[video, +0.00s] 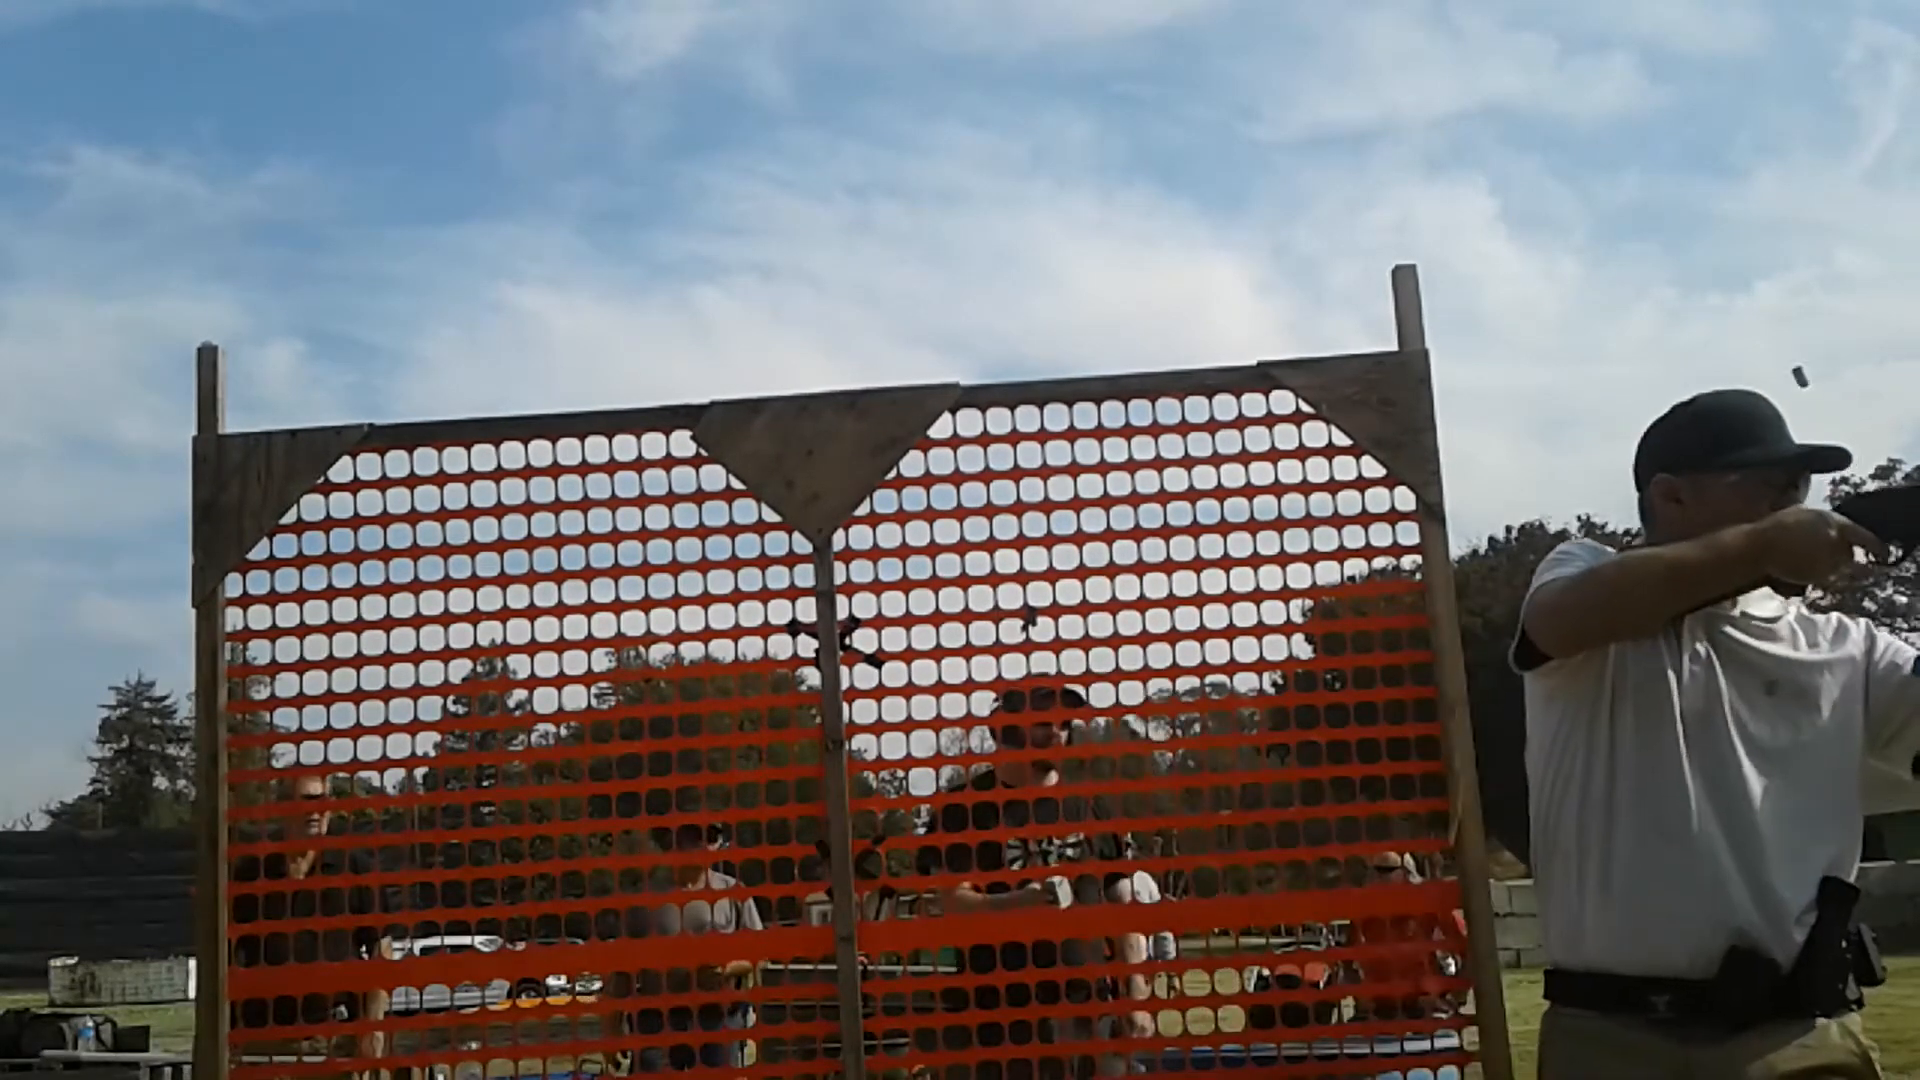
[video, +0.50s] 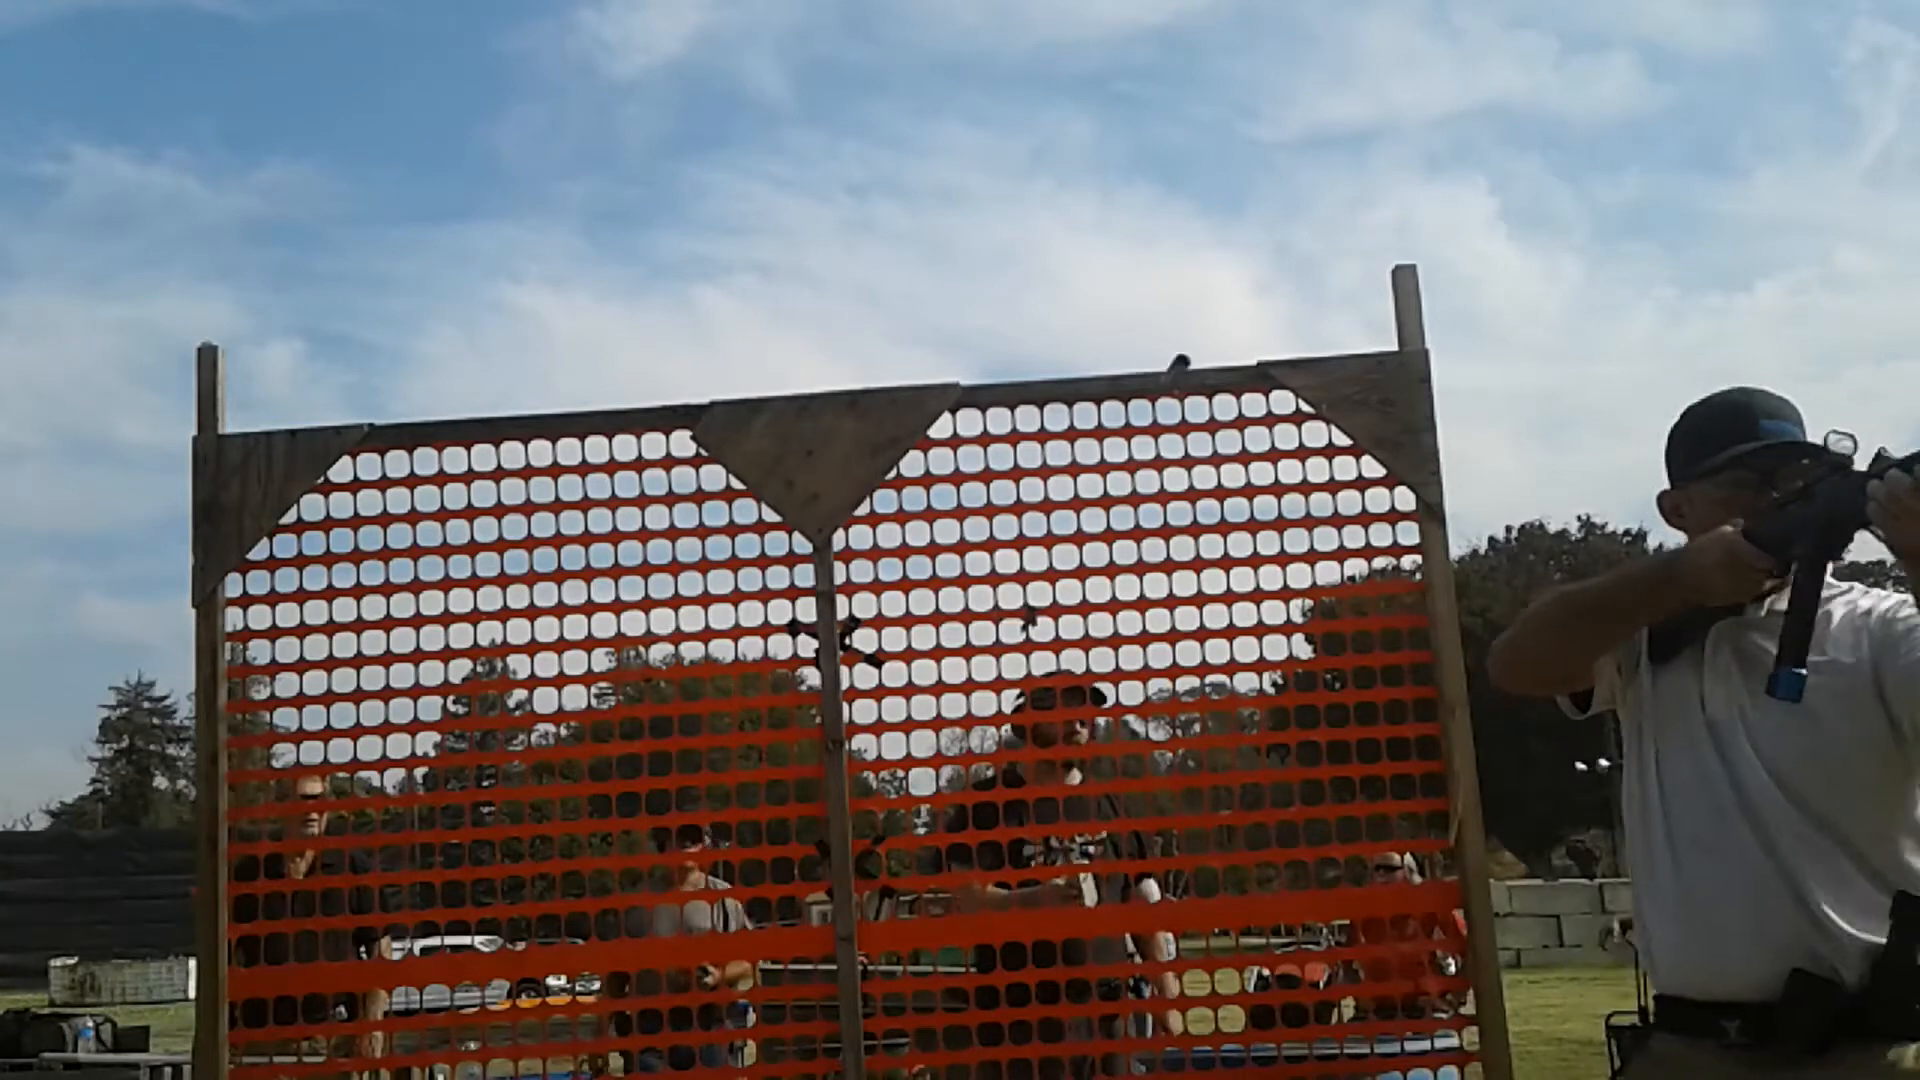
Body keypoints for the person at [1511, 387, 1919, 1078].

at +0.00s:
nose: (1796, 513)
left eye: (1798, 491)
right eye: (1769, 487)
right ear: (1670, 497)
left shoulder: (1841, 644)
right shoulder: (1586, 572)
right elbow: (1558, 621)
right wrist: (1762, 548)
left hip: (1800, 1034)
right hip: (1610, 1038)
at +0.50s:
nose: (1773, 504)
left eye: (1791, 478)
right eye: (1745, 479)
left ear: (1816, 487)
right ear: (1678, 508)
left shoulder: (1879, 625)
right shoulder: (1643, 644)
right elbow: (1513, 665)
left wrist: (1915, 558)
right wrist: (1682, 577)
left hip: (1862, 1043)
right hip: (1684, 1044)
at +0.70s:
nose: (1805, 474)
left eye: (1824, 445)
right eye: (1775, 455)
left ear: (1860, 450)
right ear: (1723, 488)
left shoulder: (1905, 581)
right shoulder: (1722, 604)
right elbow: (1572, 658)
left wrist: (1913, 532)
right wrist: (1722, 558)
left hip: (1906, 1029)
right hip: (1773, 1034)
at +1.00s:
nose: (1850, 449)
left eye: (1868, 415)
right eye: (1816, 429)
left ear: (1899, 416)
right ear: (1759, 457)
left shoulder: (1916, 539)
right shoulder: (1764, 574)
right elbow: (1603, 643)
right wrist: (1770, 527)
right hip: (1821, 1025)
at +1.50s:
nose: (1805, 436)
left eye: (1827, 406)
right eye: (1774, 415)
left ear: (1875, 416)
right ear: (1731, 453)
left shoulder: (1912, 548)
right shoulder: (1735, 586)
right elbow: (1578, 662)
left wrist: (1913, 492)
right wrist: (1727, 543)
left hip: (1910, 1034)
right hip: (1796, 1036)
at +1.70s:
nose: (1701, 449)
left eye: (1722, 422)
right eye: (1667, 430)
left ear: (1769, 444)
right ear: (1618, 473)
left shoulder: (1862, 580)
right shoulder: (1622, 617)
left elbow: (1912, 780)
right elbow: (1478, 729)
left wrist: (1771, 644)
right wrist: (1580, 624)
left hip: (1885, 1035)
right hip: (1716, 1043)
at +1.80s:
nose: (1624, 466)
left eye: (1642, 439)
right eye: (1587, 446)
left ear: (1676, 463)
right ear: (1526, 486)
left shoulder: (1769, 596)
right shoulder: (1519, 630)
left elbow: (1861, 802)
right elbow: (1378, 742)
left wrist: (1700, 676)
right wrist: (1483, 641)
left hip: (1817, 1038)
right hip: (1636, 1047)